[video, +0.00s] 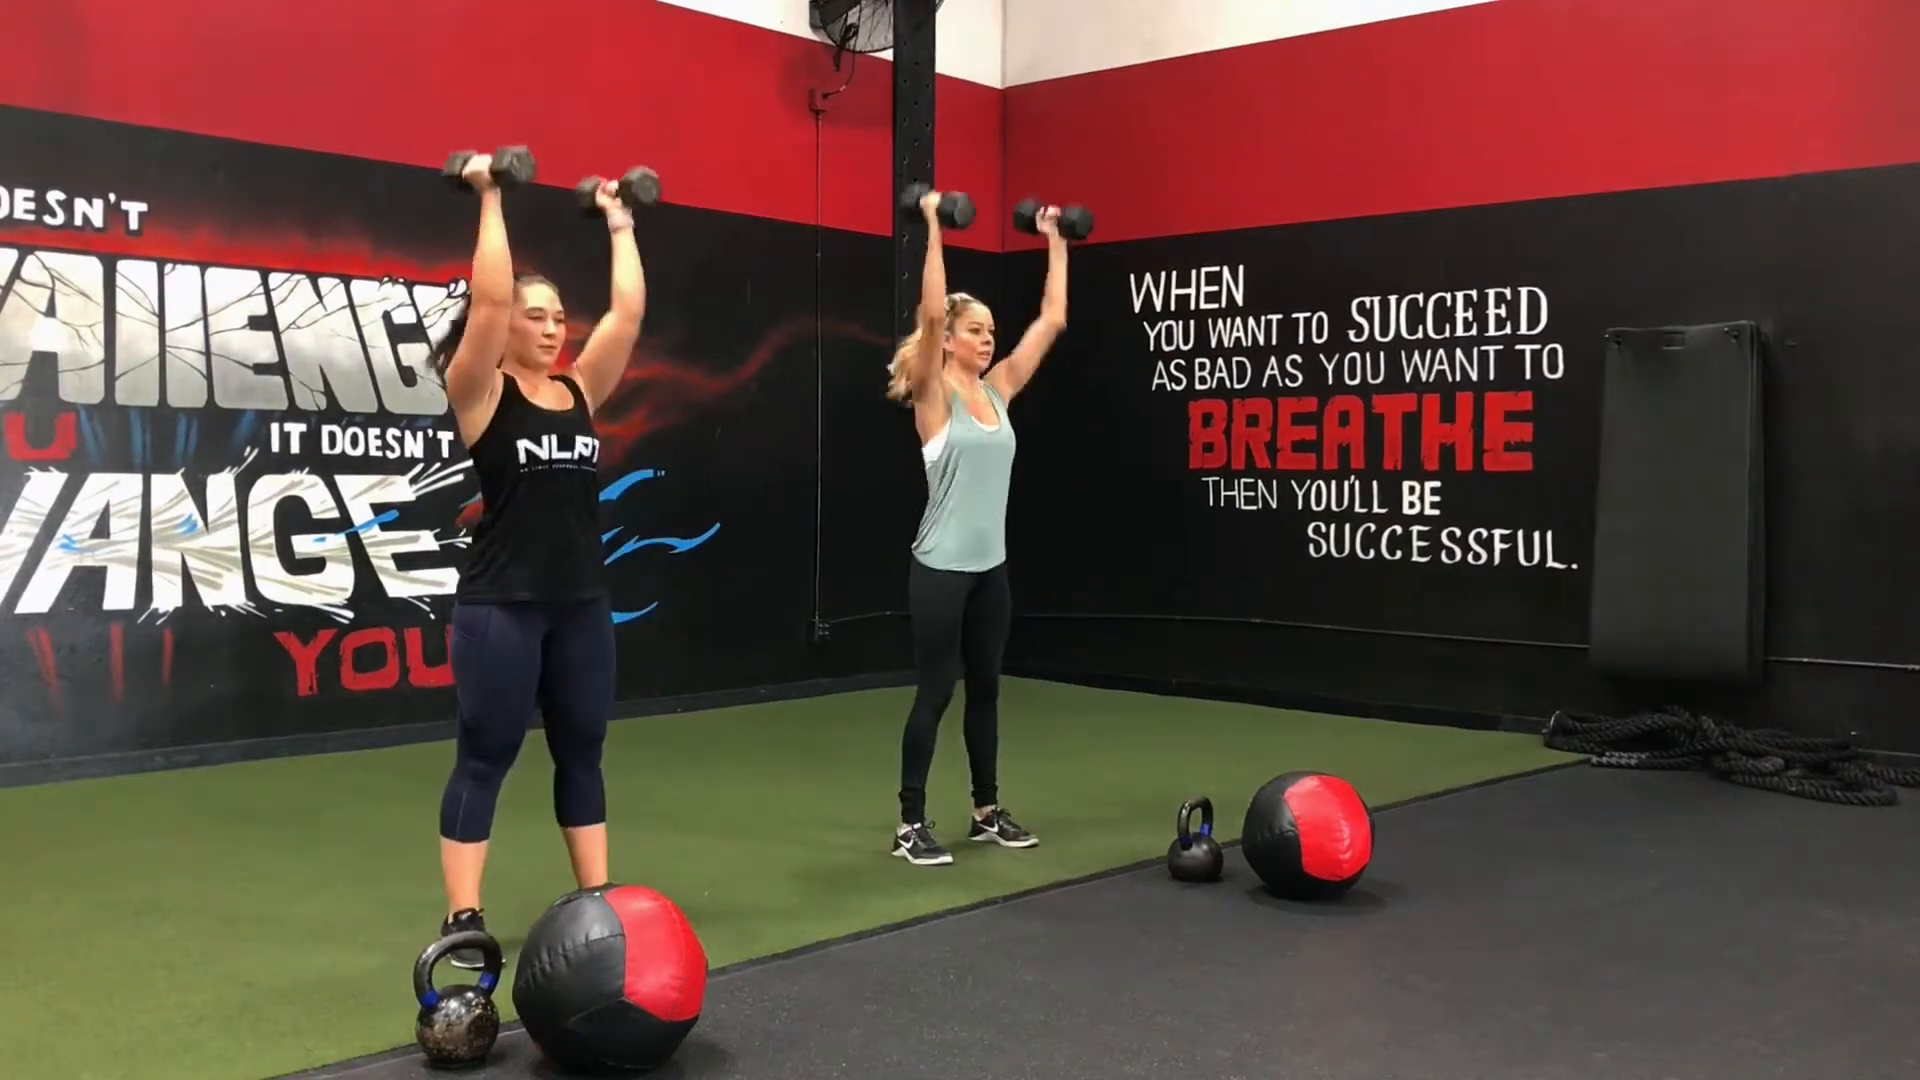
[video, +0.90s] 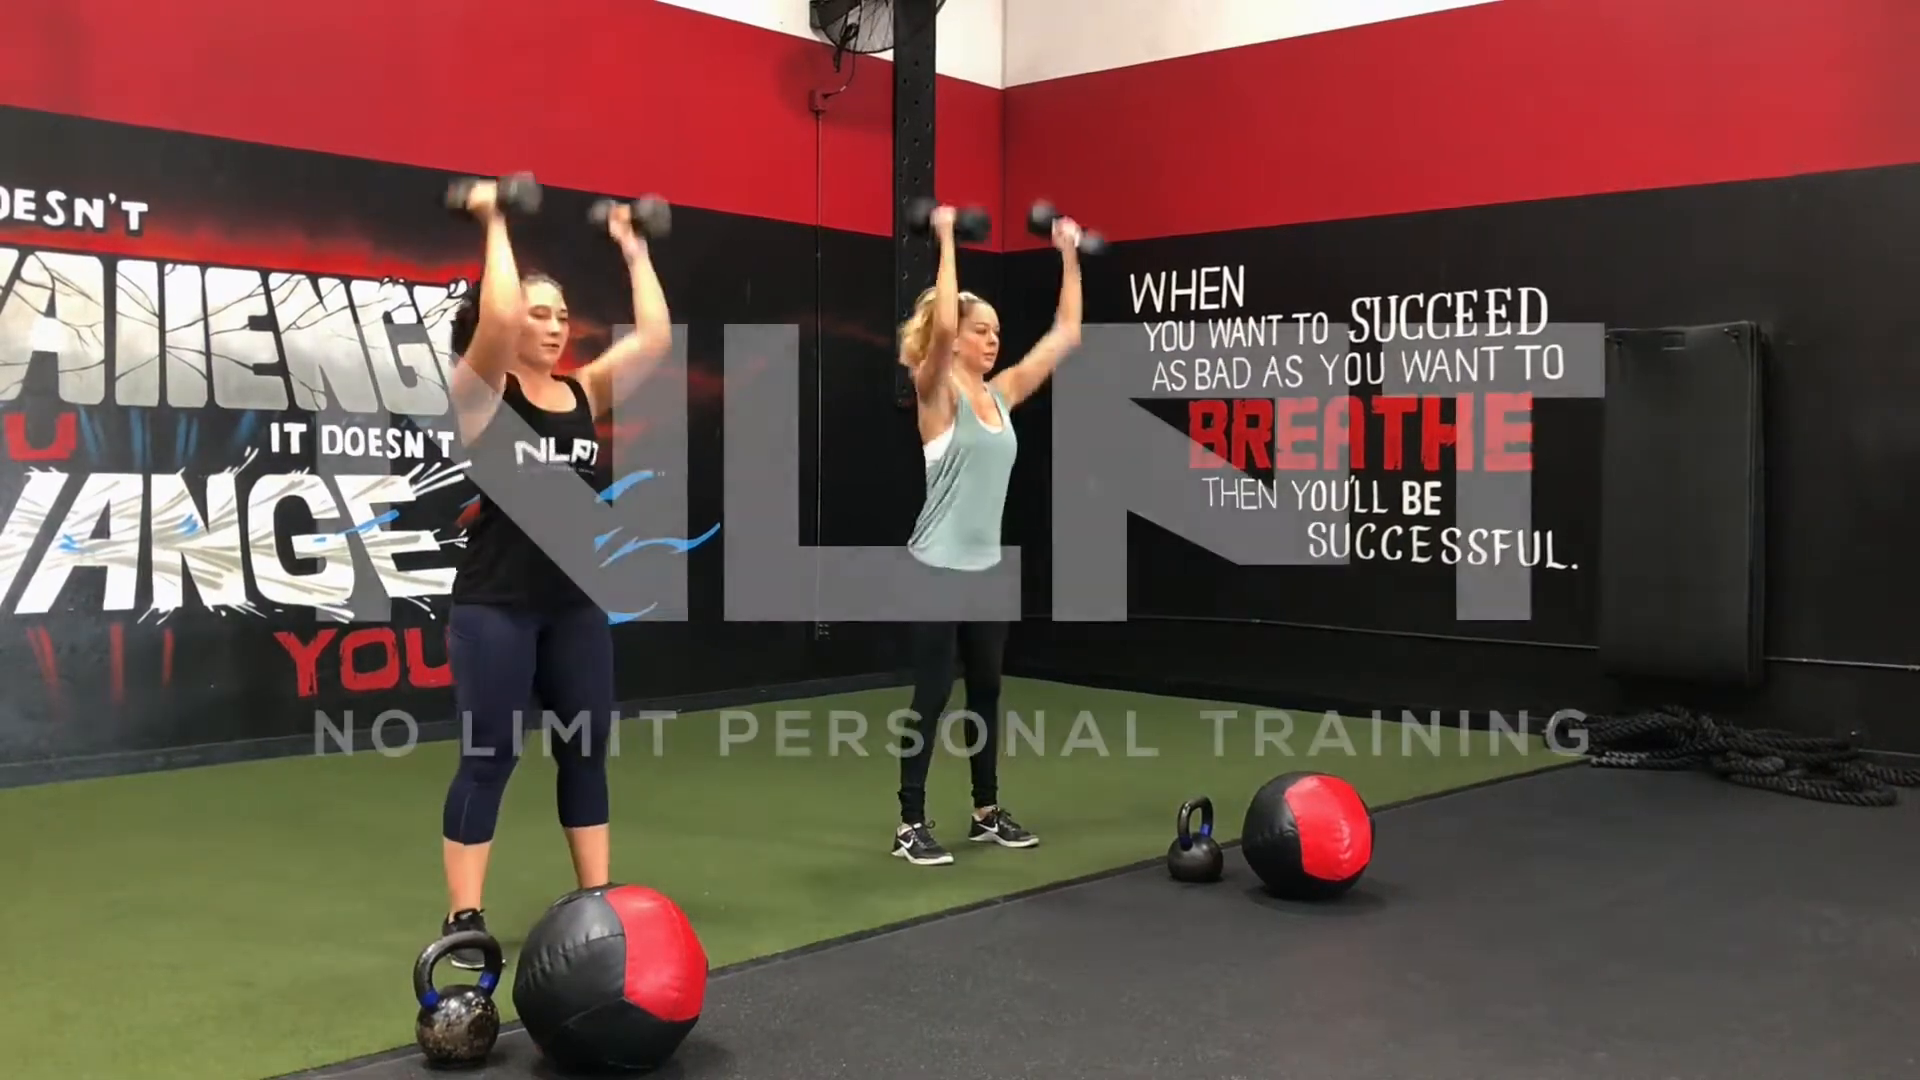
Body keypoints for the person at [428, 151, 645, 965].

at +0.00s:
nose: (554, 326)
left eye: (559, 315)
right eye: (537, 314)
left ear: (566, 325)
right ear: (499, 319)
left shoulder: (578, 388)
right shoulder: (477, 391)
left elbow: (628, 307)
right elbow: (492, 299)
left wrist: (618, 214)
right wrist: (491, 195)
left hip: (580, 606)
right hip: (500, 607)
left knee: (583, 753)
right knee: (485, 757)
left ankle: (598, 906)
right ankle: (464, 920)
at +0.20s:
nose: (556, 333)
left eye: (562, 321)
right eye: (541, 321)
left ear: (569, 330)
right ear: (507, 329)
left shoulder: (583, 404)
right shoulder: (476, 402)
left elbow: (667, 402)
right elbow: (498, 388)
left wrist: (646, 313)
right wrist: (495, 298)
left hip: (566, 609)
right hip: (485, 608)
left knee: (592, 741)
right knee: (491, 750)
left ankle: (597, 904)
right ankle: (465, 918)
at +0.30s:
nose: (570, 400)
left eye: (575, 388)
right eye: (554, 389)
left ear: (583, 399)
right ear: (515, 401)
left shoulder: (591, 474)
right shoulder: (485, 466)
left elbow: (657, 539)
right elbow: (509, 535)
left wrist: (655, 458)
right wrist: (509, 450)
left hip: (545, 642)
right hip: (464, 642)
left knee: (623, 746)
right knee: (489, 763)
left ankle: (595, 905)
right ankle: (465, 923)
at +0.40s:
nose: (588, 494)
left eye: (592, 481)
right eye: (571, 482)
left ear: (597, 486)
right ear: (530, 494)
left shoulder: (599, 558)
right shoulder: (492, 558)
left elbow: (639, 653)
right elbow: (507, 658)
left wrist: (650, 575)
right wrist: (512, 564)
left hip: (535, 697)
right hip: (455, 700)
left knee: (641, 759)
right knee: (491, 782)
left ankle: (597, 907)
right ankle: (464, 926)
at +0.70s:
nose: (578, 453)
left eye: (583, 441)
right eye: (562, 442)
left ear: (592, 449)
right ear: (524, 452)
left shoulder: (595, 521)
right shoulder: (493, 517)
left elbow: (658, 600)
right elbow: (516, 608)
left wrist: (653, 518)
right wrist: (512, 510)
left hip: (537, 679)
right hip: (458, 679)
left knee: (638, 765)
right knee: (491, 781)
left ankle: (594, 910)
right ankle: (464, 928)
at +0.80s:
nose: (564, 356)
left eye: (568, 344)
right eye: (549, 344)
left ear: (574, 355)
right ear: (515, 357)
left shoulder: (587, 430)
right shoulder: (475, 421)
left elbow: (668, 454)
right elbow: (512, 452)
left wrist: (645, 374)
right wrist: (502, 362)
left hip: (555, 616)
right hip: (476, 617)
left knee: (614, 739)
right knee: (488, 760)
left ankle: (597, 908)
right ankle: (465, 927)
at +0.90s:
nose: (553, 324)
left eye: (560, 313)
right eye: (537, 313)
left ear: (569, 323)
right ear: (503, 324)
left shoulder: (586, 389)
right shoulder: (478, 392)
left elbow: (655, 335)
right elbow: (501, 317)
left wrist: (632, 244)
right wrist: (493, 218)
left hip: (575, 601)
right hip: (494, 603)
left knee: (586, 750)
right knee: (489, 756)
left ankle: (597, 905)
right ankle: (466, 921)